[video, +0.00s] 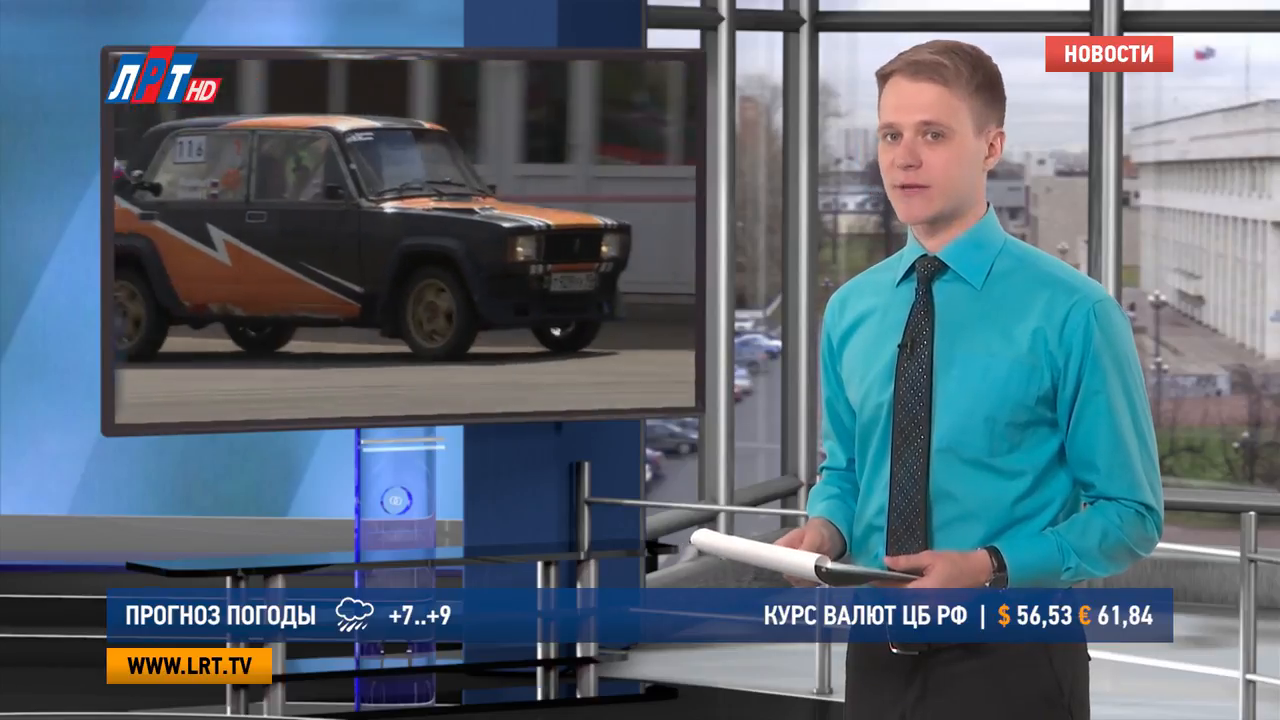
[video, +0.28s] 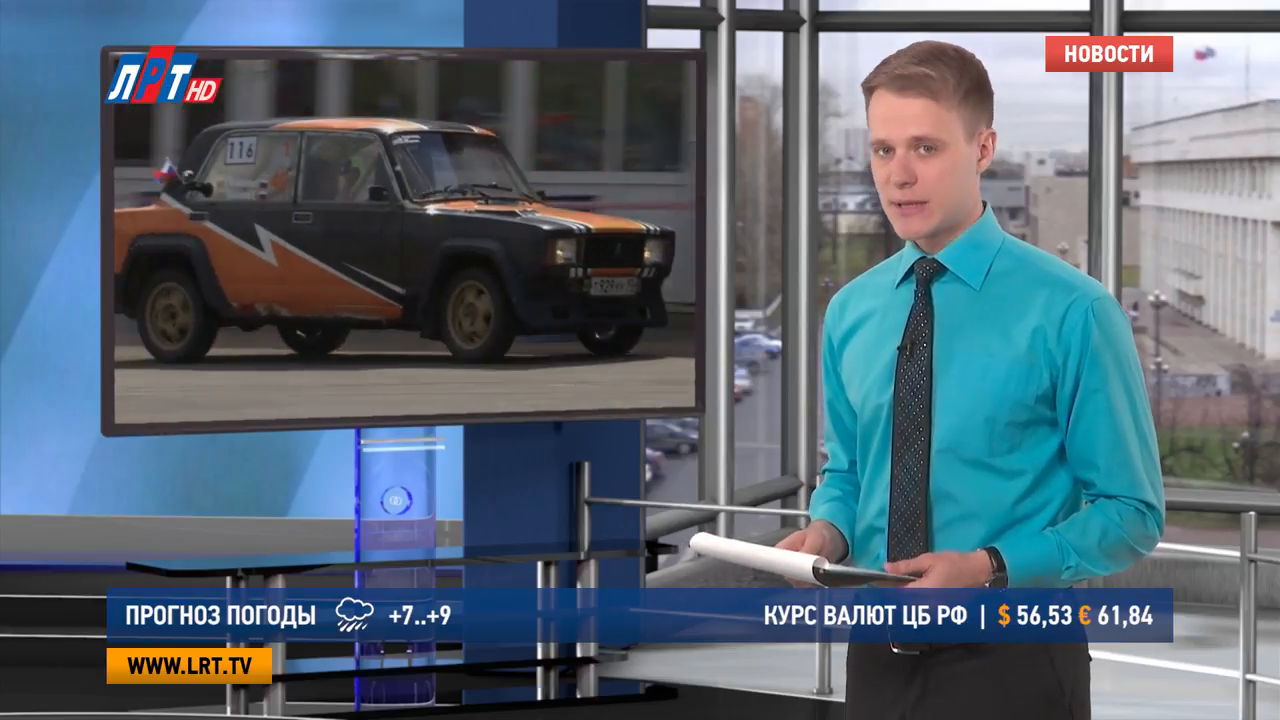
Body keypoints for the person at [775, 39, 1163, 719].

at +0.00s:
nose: (905, 158)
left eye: (933, 134)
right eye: (891, 135)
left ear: (991, 144)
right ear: (877, 145)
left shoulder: (1074, 312)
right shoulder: (850, 309)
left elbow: (1131, 512)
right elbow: (842, 470)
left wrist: (991, 566)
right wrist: (820, 533)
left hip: (1010, 659)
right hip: (877, 655)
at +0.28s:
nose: (899, 174)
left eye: (926, 148)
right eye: (884, 150)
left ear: (982, 148)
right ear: (868, 155)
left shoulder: (1072, 310)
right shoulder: (850, 311)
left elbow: (1132, 510)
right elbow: (844, 472)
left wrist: (991, 566)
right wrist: (822, 535)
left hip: (1011, 660)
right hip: (877, 656)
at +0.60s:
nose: (895, 177)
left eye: (920, 151)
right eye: (878, 154)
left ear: (976, 149)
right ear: (862, 159)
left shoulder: (1070, 310)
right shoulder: (849, 312)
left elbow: (1134, 509)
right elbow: (848, 473)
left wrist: (992, 568)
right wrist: (825, 538)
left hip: (1012, 662)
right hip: (879, 659)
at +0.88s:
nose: (904, 173)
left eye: (929, 146)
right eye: (885, 149)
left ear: (979, 149)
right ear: (867, 157)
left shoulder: (1069, 307)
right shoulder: (848, 311)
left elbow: (1131, 507)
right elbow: (845, 473)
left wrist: (989, 567)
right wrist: (822, 534)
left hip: (1012, 662)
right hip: (879, 659)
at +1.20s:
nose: (925, 165)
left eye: (949, 141)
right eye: (904, 141)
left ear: (987, 149)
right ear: (875, 150)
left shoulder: (1067, 305)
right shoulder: (843, 309)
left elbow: (1127, 505)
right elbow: (838, 471)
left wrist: (984, 563)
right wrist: (815, 531)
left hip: (1012, 659)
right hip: (878, 656)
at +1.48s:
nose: (928, 168)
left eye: (952, 143)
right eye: (907, 142)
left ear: (987, 150)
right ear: (874, 151)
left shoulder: (1065, 306)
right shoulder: (838, 310)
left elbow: (1130, 505)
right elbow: (832, 472)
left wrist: (990, 561)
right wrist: (818, 529)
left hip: (1006, 666)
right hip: (873, 665)